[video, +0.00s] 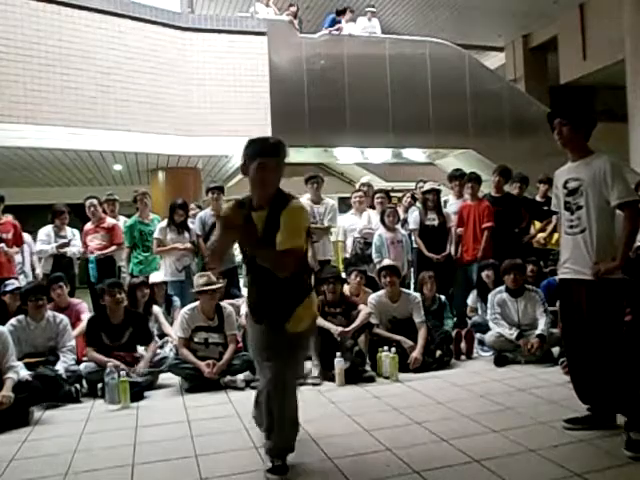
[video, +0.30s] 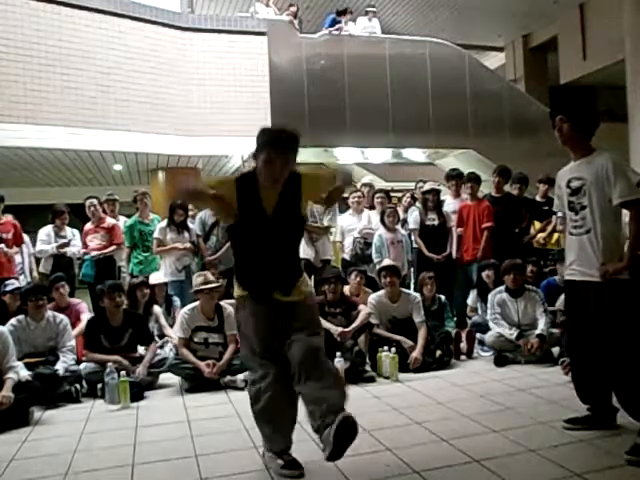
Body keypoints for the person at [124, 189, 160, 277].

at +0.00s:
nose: (144, 203)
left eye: (146, 199)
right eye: (140, 200)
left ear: (150, 202)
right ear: (136, 204)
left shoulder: (157, 220)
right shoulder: (130, 224)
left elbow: (160, 243)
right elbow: (127, 247)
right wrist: (125, 269)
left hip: (155, 266)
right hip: (138, 267)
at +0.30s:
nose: (144, 202)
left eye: (146, 199)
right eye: (140, 200)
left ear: (150, 202)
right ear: (136, 204)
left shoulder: (157, 220)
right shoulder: (130, 224)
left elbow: (160, 242)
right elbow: (128, 247)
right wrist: (125, 267)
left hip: (155, 265)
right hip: (138, 267)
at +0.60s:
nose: (144, 202)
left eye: (146, 199)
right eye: (140, 200)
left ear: (150, 202)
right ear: (136, 204)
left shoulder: (156, 220)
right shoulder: (130, 224)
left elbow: (160, 242)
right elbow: (128, 247)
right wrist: (125, 267)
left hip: (155, 265)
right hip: (138, 266)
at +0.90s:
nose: (144, 202)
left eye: (146, 199)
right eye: (140, 200)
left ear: (150, 201)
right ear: (136, 204)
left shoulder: (156, 220)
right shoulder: (130, 224)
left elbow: (161, 242)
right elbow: (127, 247)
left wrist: (164, 264)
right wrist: (124, 267)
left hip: (155, 266)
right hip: (137, 267)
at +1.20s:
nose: (143, 202)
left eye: (145, 199)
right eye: (139, 200)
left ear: (149, 201)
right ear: (135, 204)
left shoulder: (156, 220)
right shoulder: (130, 224)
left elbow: (161, 242)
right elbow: (127, 247)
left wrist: (164, 264)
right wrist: (125, 268)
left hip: (155, 266)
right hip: (138, 267)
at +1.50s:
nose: (148, 204)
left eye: (149, 201)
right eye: (144, 202)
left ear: (154, 204)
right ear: (139, 206)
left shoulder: (161, 222)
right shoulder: (134, 226)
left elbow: (165, 245)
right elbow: (131, 249)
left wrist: (168, 266)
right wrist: (130, 271)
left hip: (159, 268)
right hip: (142, 269)